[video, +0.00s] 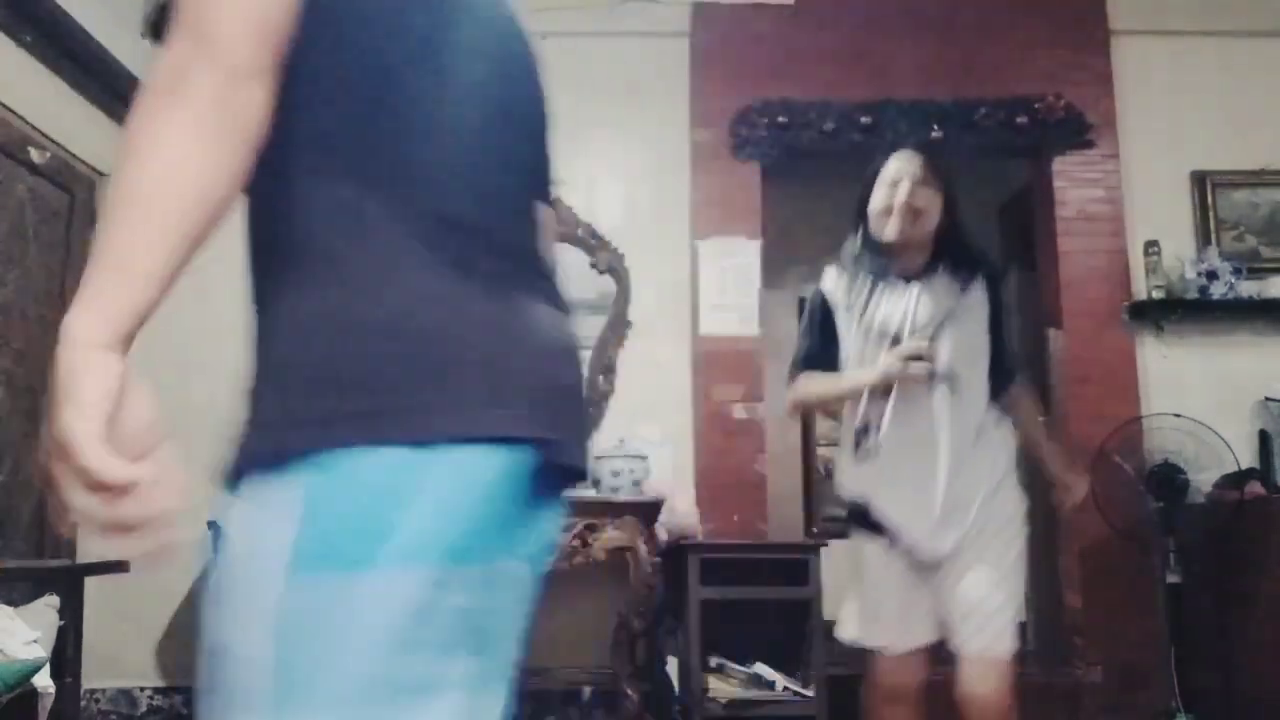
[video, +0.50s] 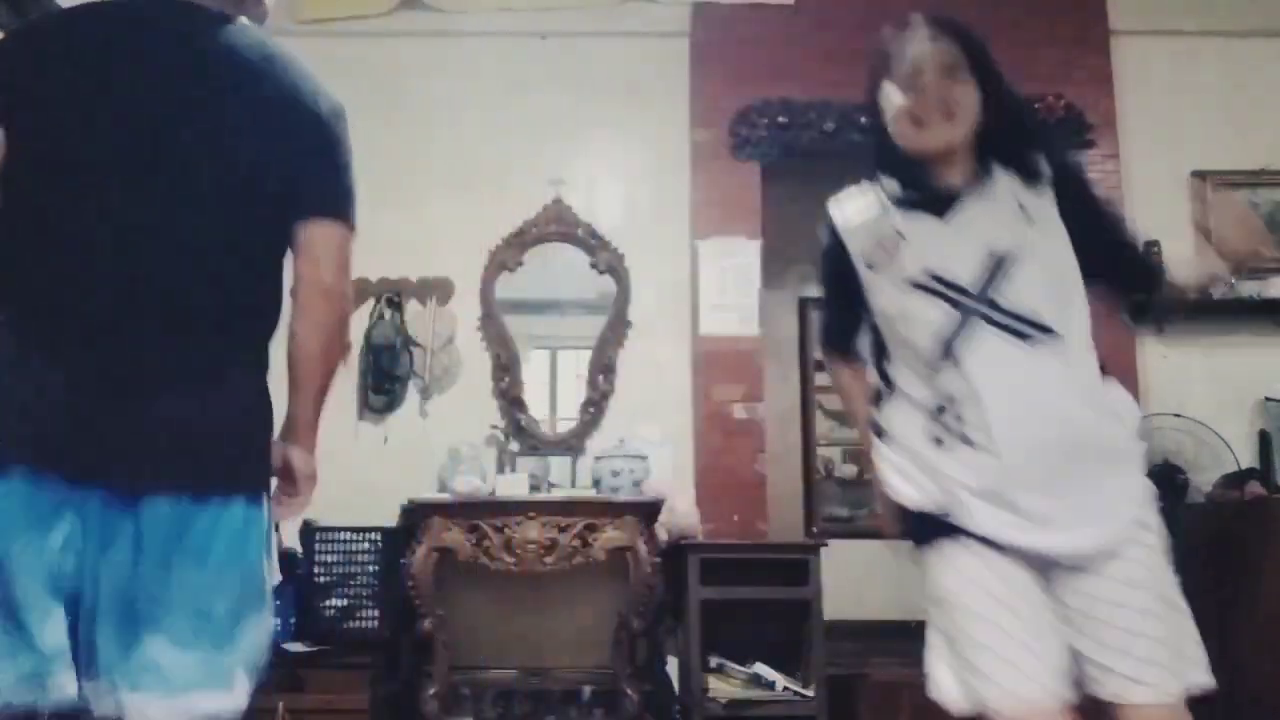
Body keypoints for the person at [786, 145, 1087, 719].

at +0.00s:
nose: (904, 201)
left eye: (921, 190)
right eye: (891, 187)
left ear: (943, 207)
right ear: (870, 200)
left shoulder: (982, 284)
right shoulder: (838, 286)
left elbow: (1010, 385)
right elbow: (800, 392)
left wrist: (1055, 461)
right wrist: (876, 376)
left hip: (981, 510)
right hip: (885, 512)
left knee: (987, 693)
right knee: (896, 685)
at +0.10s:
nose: (927, 156)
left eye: (943, 146)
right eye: (914, 144)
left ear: (967, 165)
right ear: (890, 160)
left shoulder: (1002, 245)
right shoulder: (853, 254)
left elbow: (1038, 359)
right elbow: (824, 364)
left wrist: (1083, 455)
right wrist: (878, 388)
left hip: (1012, 475)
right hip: (914, 486)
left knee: (1028, 676)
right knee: (969, 681)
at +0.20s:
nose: (945, 164)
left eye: (964, 152)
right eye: (929, 151)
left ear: (990, 175)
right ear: (904, 170)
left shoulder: (1026, 251)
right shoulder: (876, 262)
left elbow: (1054, 371)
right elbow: (857, 384)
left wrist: (1092, 482)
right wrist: (901, 479)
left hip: (1052, 480)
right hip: (956, 493)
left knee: (1086, 686)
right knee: (1033, 695)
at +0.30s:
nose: (957, 187)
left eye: (977, 173)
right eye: (939, 174)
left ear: (1002, 197)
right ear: (912, 198)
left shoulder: (1049, 288)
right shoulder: (885, 306)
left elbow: (1090, 405)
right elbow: (886, 446)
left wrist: (1117, 486)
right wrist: (896, 574)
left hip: (1096, 515)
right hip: (987, 548)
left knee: (1142, 706)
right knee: (1044, 712)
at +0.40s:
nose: (949, 150)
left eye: (970, 133)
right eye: (930, 136)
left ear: (1001, 153)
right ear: (904, 159)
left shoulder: (1058, 244)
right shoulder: (883, 272)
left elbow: (1117, 372)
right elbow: (880, 418)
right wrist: (898, 553)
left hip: (1117, 521)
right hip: (997, 549)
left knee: (1169, 705)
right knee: (1069, 713)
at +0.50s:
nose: (926, 95)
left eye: (947, 75)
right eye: (905, 79)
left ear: (983, 93)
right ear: (878, 102)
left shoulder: (1046, 181)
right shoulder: (856, 222)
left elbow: (1142, 285)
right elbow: (842, 349)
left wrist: (1219, 263)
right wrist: (883, 461)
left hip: (1099, 495)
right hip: (966, 513)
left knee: (1156, 707)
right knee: (1027, 710)